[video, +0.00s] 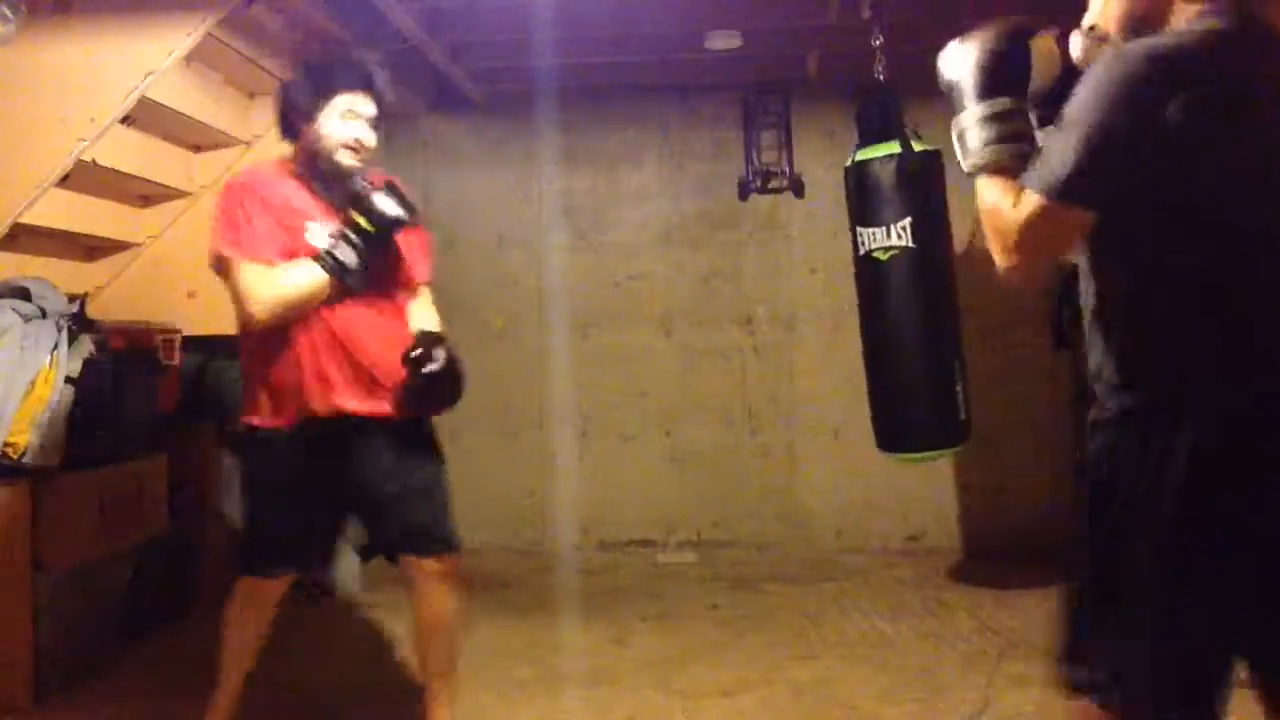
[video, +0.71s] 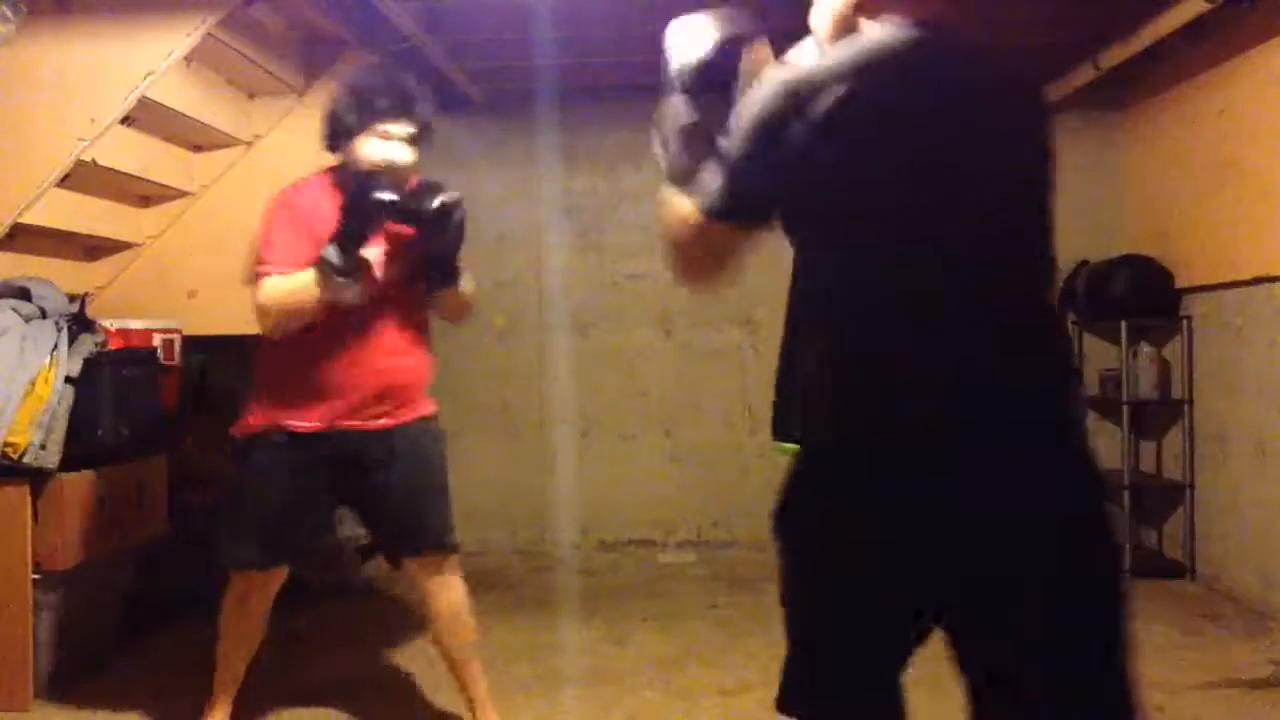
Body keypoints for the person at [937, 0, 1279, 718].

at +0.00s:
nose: (1087, 13)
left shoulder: (1142, 75)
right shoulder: (1260, 62)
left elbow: (1018, 250)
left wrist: (982, 103)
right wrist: (1103, 77)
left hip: (1167, 437)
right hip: (1263, 420)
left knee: (1149, 682)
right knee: (1273, 667)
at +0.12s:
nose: (1092, 20)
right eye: (1094, 0)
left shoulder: (1141, 91)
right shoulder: (1266, 75)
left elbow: (1034, 277)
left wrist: (987, 145)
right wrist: (1102, 111)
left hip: (1148, 473)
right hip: (1259, 463)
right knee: (1262, 691)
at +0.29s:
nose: (1038, 3)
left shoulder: (1071, 81)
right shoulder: (1256, 79)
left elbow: (958, 259)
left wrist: (905, 113)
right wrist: (1026, 91)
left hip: (1093, 469)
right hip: (1244, 464)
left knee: (973, 690)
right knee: (1243, 694)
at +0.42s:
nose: (962, 8)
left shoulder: (983, 90)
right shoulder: (1173, 85)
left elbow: (885, 266)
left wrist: (830, 156)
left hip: (1023, 489)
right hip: (1188, 480)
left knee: (950, 702)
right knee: (1235, 703)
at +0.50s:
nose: (902, 15)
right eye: (906, 0)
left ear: (965, 4)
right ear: (1038, 7)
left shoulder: (910, 110)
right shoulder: (1111, 100)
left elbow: (833, 292)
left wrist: (782, 184)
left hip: (957, 511)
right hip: (1126, 499)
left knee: (908, 707)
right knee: (1211, 705)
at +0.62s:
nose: (832, 11)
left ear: (888, 7)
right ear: (966, 12)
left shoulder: (831, 113)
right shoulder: (1039, 103)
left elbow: (756, 287)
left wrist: (722, 178)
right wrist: (784, 132)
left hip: (886, 504)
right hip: (1056, 489)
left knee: (857, 708)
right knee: (1123, 709)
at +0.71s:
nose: (812, 16)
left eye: (817, 7)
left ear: (853, 9)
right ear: (935, 8)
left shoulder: (807, 95)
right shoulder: (1011, 90)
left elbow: (696, 251)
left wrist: (701, 116)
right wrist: (787, 92)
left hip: (861, 491)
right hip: (1030, 479)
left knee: (839, 700)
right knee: (1059, 704)